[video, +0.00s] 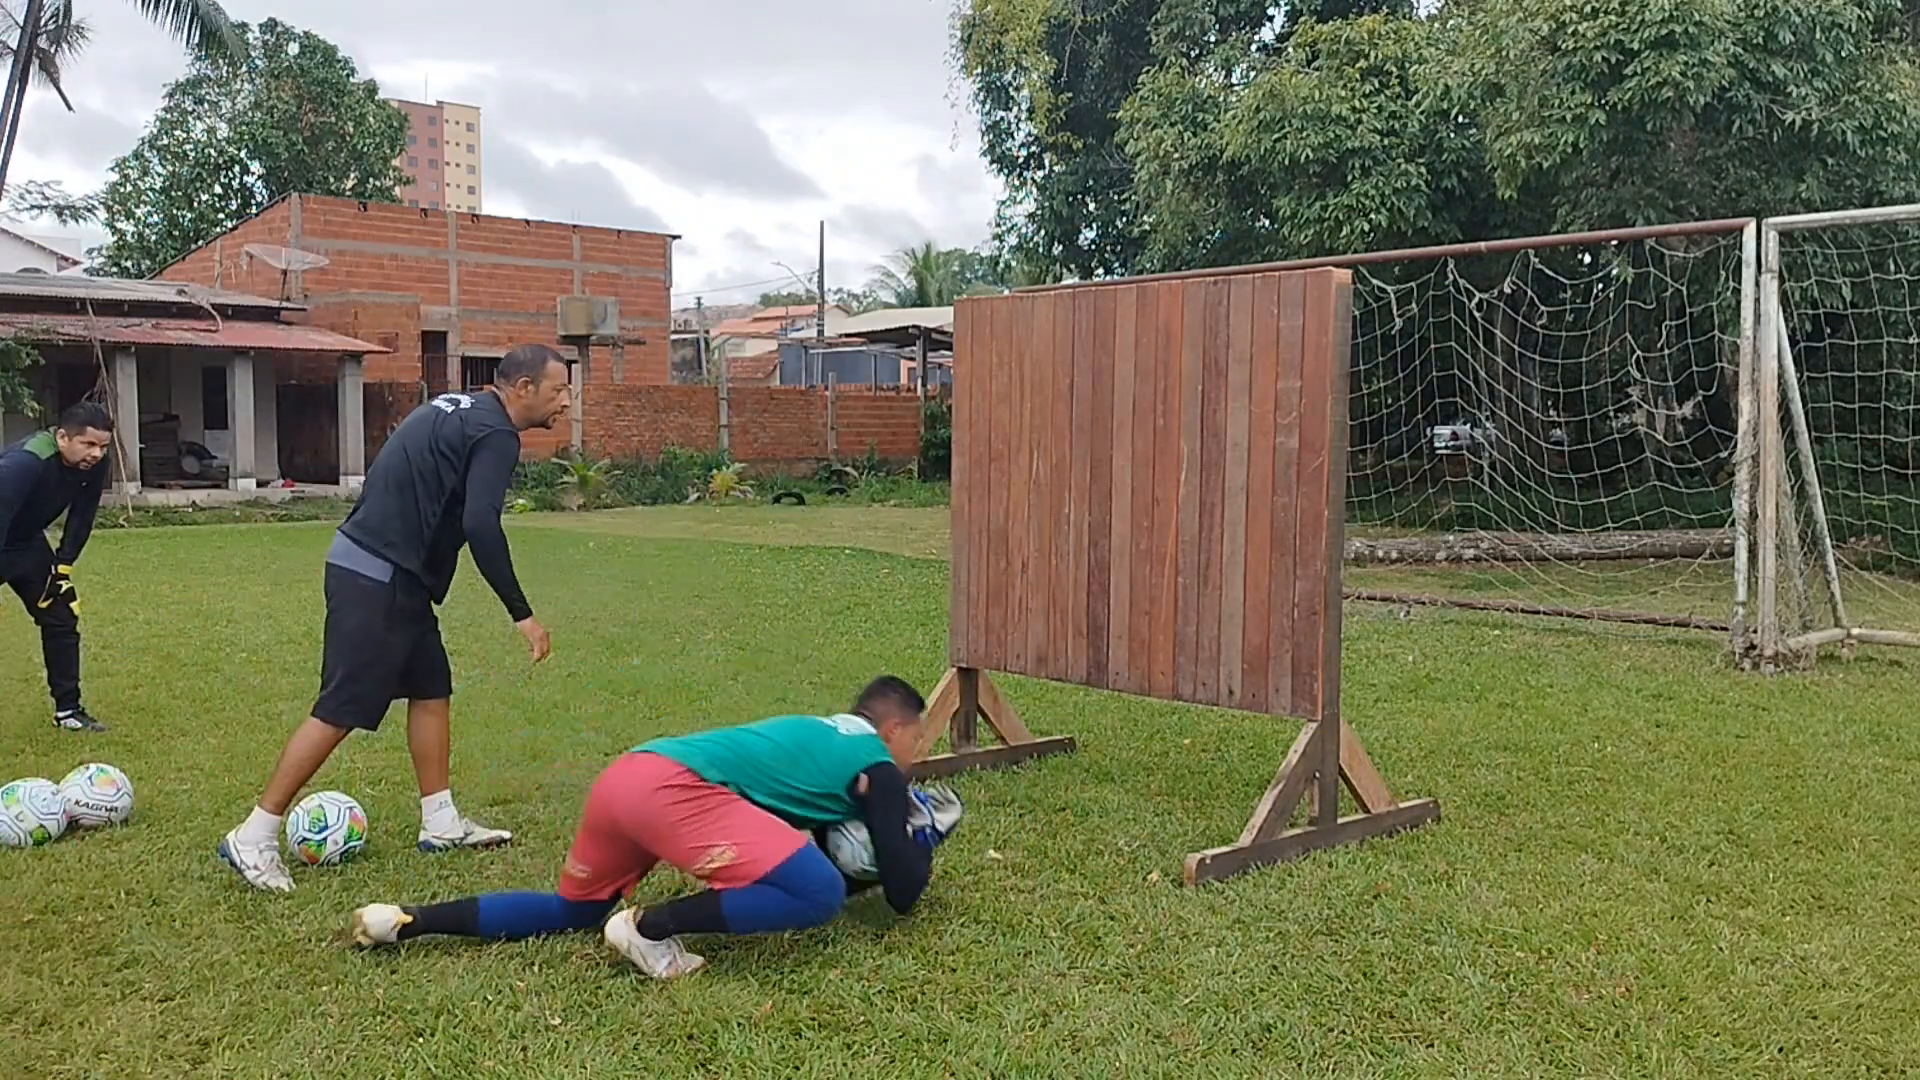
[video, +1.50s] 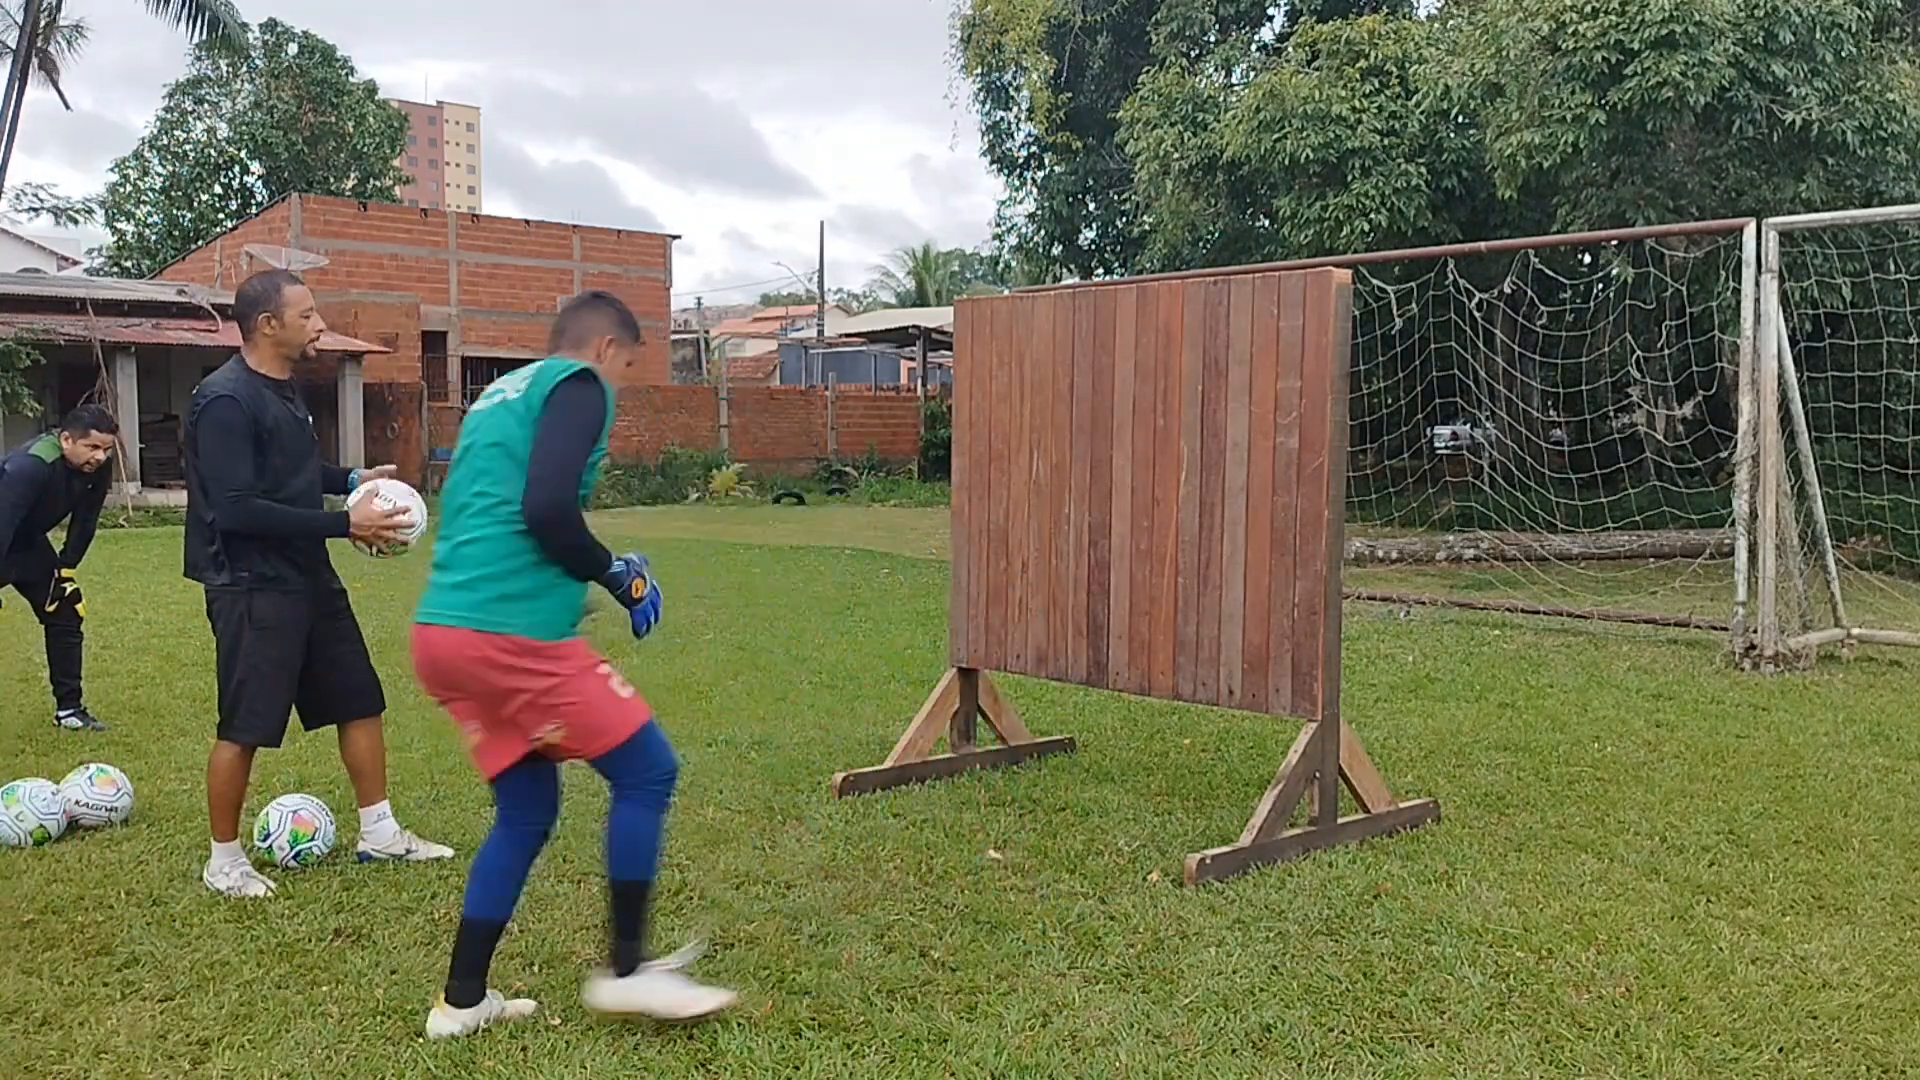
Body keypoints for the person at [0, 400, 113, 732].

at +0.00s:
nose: (96, 454)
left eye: (102, 447)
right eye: (89, 444)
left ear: (108, 445)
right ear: (63, 438)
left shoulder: (94, 462)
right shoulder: (23, 465)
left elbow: (82, 516)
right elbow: (5, 522)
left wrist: (63, 567)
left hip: (24, 540)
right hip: (4, 543)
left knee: (60, 616)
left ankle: (68, 711)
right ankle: (67, 710)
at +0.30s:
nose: (94, 459)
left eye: (101, 451)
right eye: (87, 449)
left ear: (107, 449)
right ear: (60, 440)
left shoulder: (95, 465)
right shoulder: (22, 467)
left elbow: (82, 518)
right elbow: (7, 524)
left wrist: (62, 568)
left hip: (22, 541)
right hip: (5, 543)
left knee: (59, 615)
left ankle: (68, 710)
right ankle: (67, 709)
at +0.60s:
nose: (94, 456)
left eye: (100, 449)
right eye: (86, 446)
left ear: (107, 447)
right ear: (60, 439)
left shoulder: (95, 465)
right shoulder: (21, 468)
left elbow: (81, 520)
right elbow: (6, 526)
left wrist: (61, 571)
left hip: (20, 540)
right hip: (4, 541)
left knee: (58, 613)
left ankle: (68, 710)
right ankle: (67, 709)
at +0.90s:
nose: (95, 452)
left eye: (101, 445)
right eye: (87, 442)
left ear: (107, 445)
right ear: (61, 437)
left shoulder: (96, 464)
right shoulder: (24, 467)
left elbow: (83, 519)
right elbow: (6, 525)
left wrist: (65, 570)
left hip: (22, 541)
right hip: (5, 542)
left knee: (63, 610)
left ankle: (69, 709)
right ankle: (68, 708)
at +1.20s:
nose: (98, 455)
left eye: (104, 448)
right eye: (91, 446)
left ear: (110, 446)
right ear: (64, 439)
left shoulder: (97, 465)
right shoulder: (27, 468)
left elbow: (84, 519)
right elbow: (7, 528)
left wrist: (66, 568)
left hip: (25, 541)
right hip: (5, 542)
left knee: (64, 611)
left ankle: (69, 709)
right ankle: (68, 709)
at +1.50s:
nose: (100, 457)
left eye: (106, 449)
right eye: (93, 447)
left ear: (112, 448)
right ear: (66, 440)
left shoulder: (98, 467)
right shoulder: (29, 468)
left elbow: (85, 521)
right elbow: (6, 530)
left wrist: (67, 568)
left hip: (24, 539)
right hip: (3, 540)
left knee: (64, 611)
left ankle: (70, 709)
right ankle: (68, 709)